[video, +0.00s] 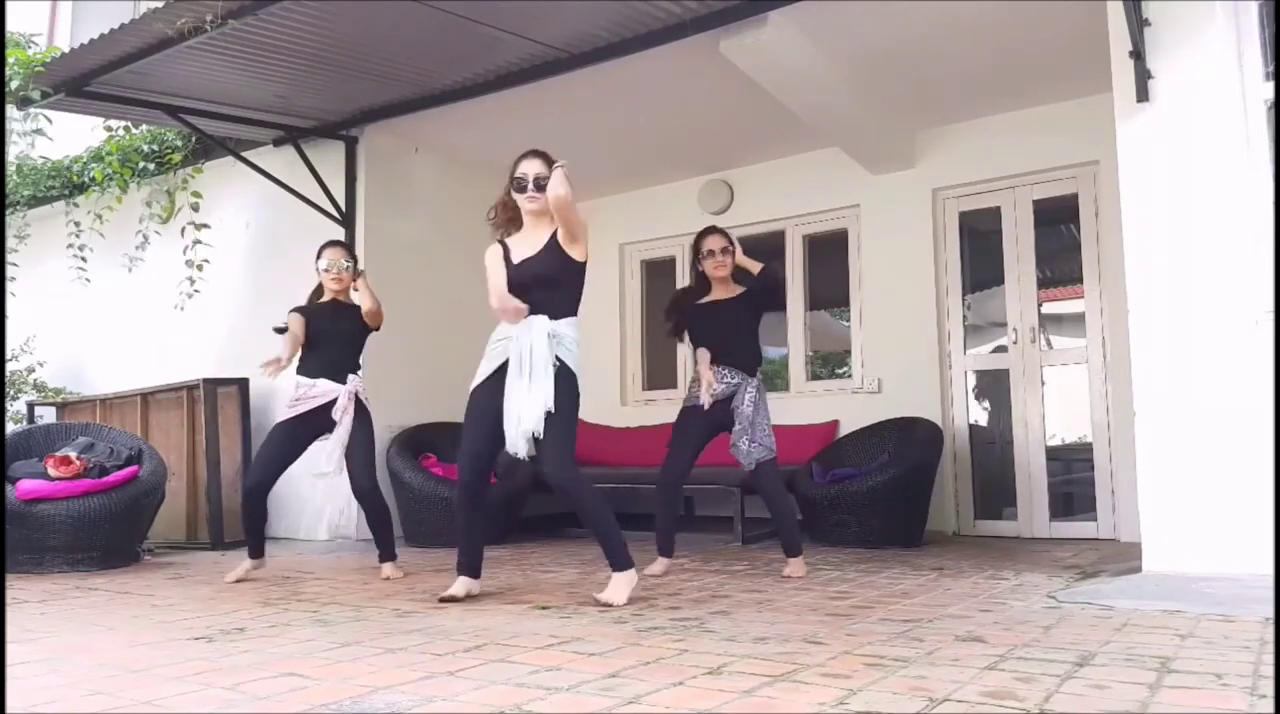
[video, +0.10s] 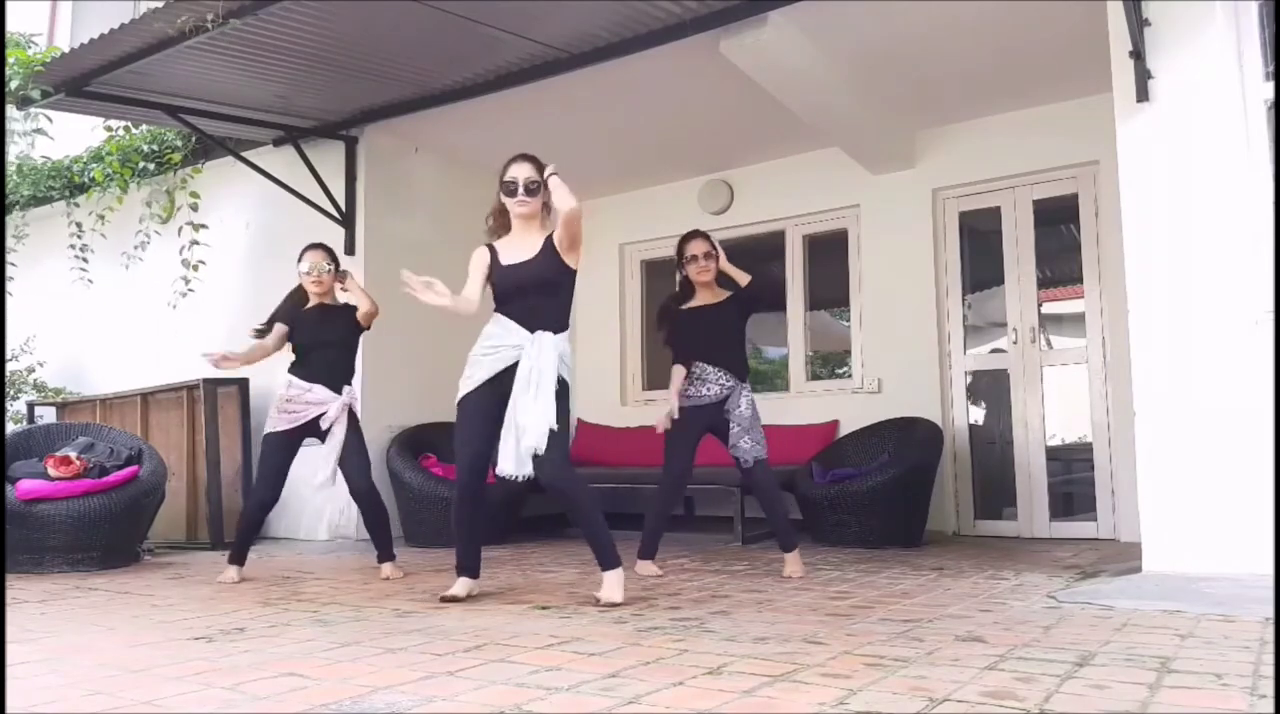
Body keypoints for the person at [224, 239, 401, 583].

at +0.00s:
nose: (335, 272)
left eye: (343, 266)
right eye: (328, 266)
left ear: (353, 274)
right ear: (317, 272)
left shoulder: (361, 314)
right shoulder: (303, 312)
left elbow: (373, 312)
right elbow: (293, 338)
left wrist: (363, 286)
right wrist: (284, 357)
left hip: (351, 404)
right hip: (308, 403)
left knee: (364, 484)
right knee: (254, 483)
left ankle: (388, 560)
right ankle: (255, 557)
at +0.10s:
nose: (315, 274)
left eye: (323, 268)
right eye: (307, 269)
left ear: (335, 275)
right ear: (299, 276)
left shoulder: (351, 315)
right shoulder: (295, 313)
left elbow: (370, 309)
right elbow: (269, 344)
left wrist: (350, 284)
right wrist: (240, 358)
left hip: (338, 407)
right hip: (294, 404)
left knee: (363, 486)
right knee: (266, 491)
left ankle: (387, 560)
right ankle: (235, 562)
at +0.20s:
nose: (302, 267)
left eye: (310, 260)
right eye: (295, 262)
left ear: (324, 268)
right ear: (287, 269)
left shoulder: (341, 308)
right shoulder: (284, 309)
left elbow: (370, 297)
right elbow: (243, 323)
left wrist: (344, 272)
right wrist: (198, 324)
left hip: (330, 403)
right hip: (286, 401)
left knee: (370, 473)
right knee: (261, 490)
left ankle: (384, 552)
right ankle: (234, 564)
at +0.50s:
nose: (311, 264)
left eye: (319, 257)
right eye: (304, 258)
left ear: (334, 265)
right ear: (297, 263)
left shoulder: (345, 306)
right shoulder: (283, 300)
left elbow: (373, 301)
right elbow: (252, 319)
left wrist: (350, 270)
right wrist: (224, 336)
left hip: (324, 399)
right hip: (280, 396)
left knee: (370, 467)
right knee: (253, 481)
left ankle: (356, 553)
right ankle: (236, 564)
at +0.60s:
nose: (326, 270)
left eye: (334, 265)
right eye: (319, 263)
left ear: (345, 275)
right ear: (309, 269)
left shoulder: (347, 316)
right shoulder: (289, 306)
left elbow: (376, 313)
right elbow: (276, 338)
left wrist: (358, 280)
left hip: (334, 403)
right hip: (292, 401)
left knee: (363, 483)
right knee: (254, 486)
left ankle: (389, 558)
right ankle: (243, 564)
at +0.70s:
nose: (337, 272)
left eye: (345, 266)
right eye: (330, 266)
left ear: (357, 275)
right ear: (321, 271)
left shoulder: (360, 317)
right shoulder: (301, 303)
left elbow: (384, 308)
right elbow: (298, 320)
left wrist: (372, 279)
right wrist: (312, 324)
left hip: (347, 407)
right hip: (306, 407)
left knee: (366, 488)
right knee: (258, 491)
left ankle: (395, 560)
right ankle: (244, 562)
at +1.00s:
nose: (344, 270)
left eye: (352, 264)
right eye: (337, 265)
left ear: (363, 272)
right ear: (328, 270)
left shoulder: (370, 313)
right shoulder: (311, 306)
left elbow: (393, 307)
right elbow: (297, 326)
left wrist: (381, 278)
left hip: (351, 407)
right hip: (312, 406)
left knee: (362, 489)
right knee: (249, 473)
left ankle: (396, 559)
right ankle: (281, 559)